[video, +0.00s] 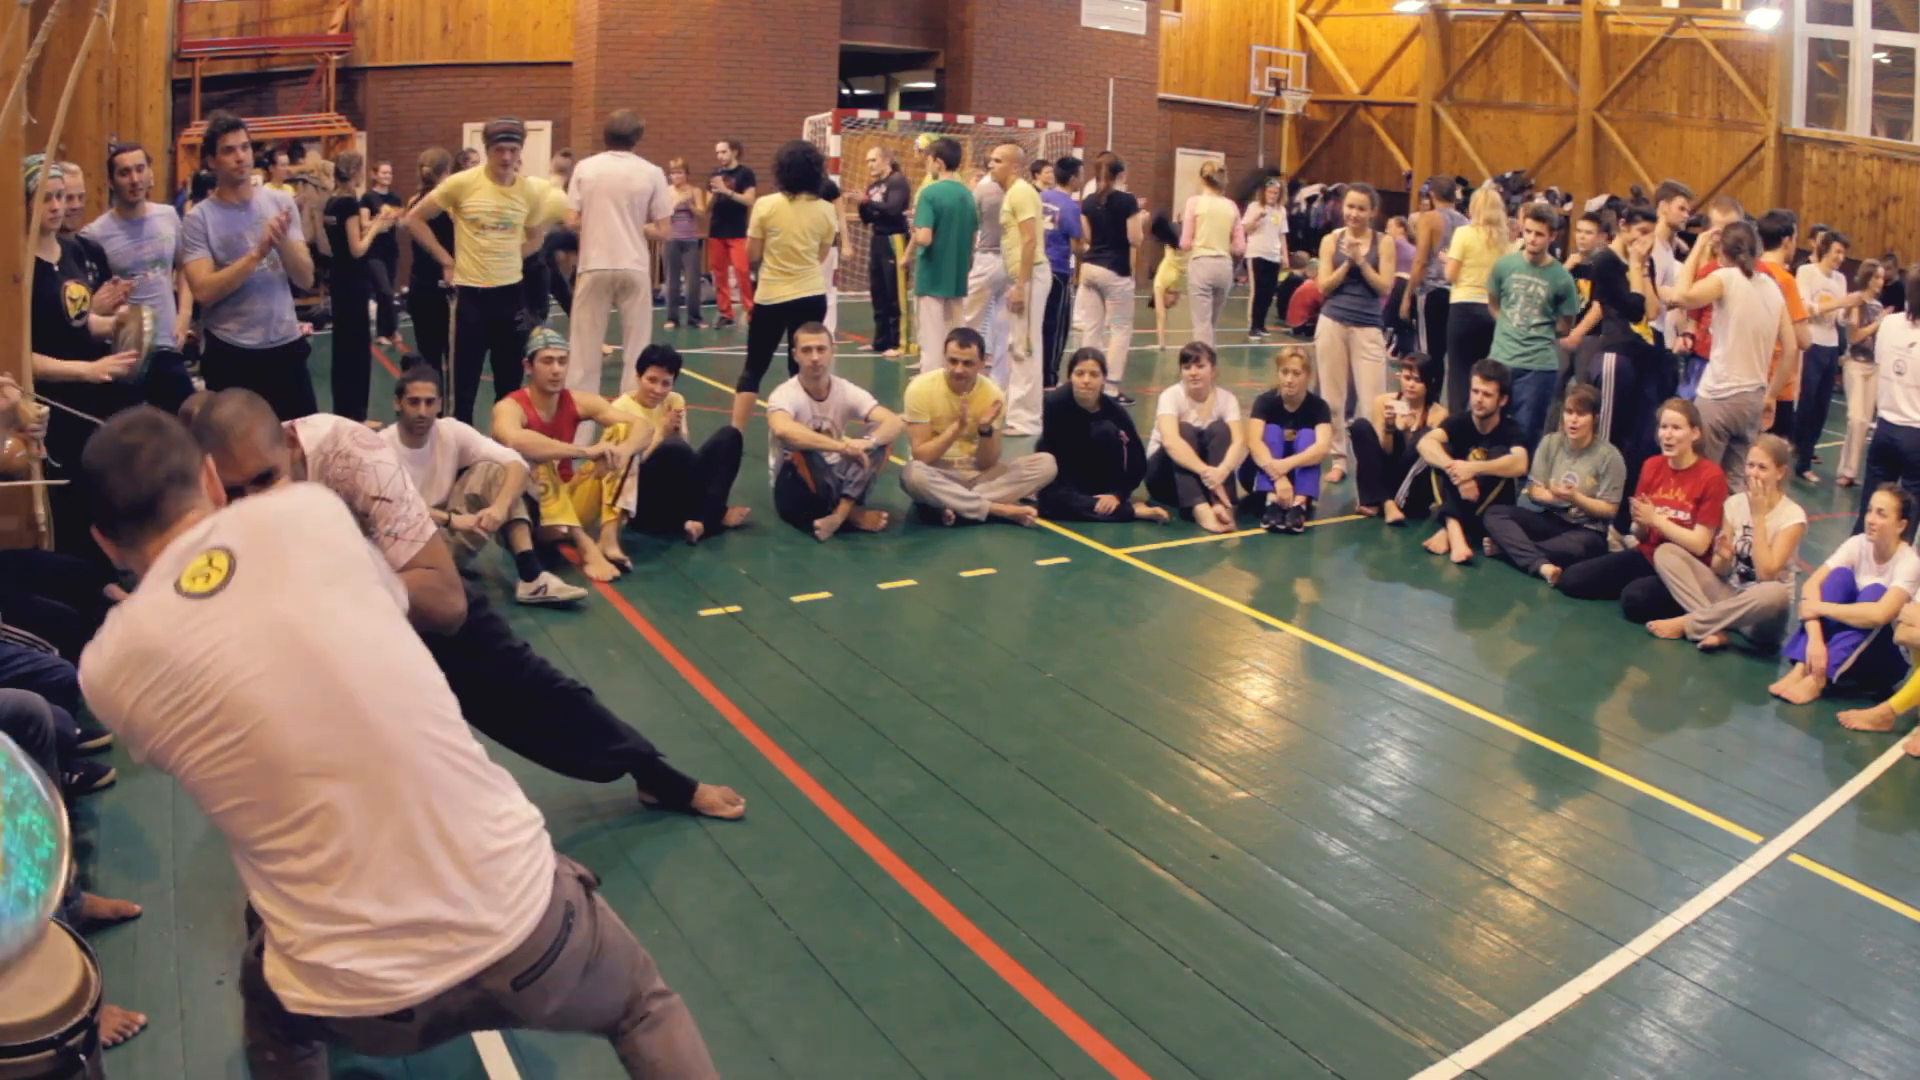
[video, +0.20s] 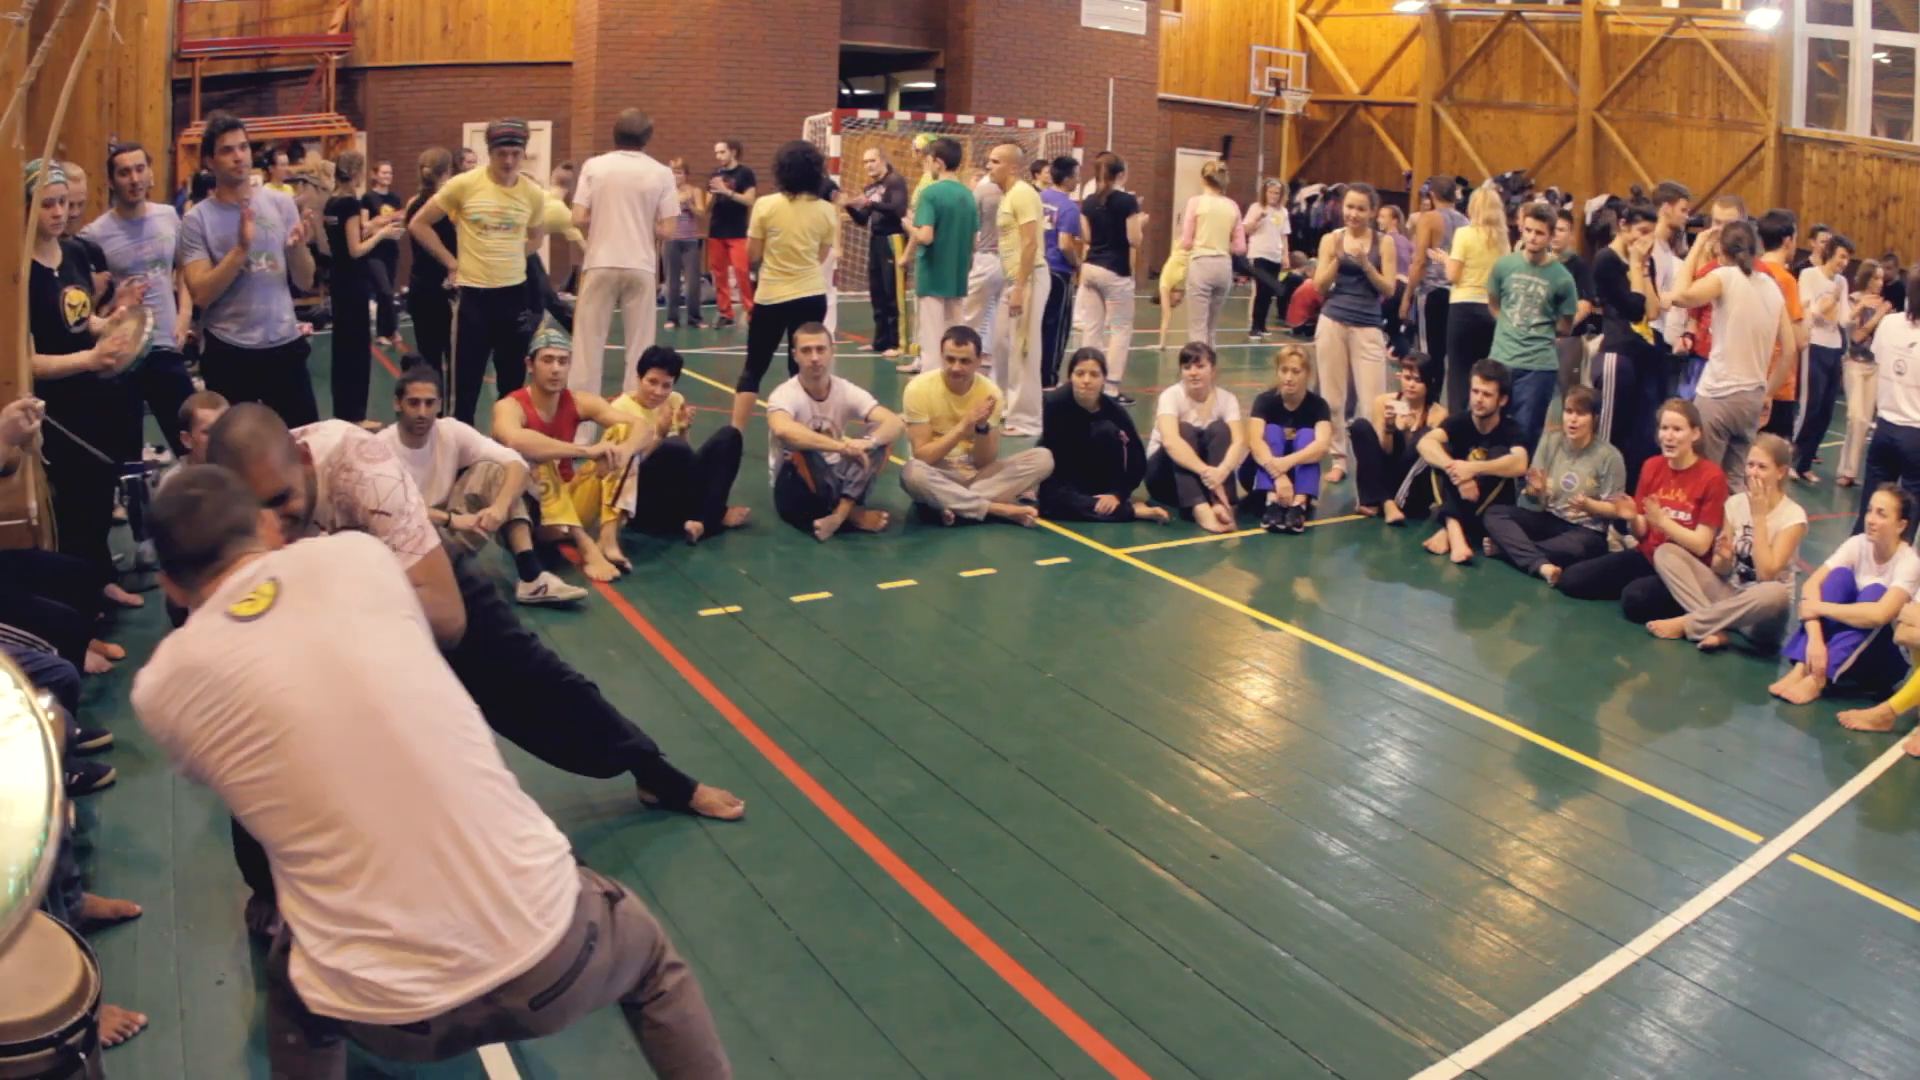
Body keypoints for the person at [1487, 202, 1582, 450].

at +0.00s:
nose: (1532, 239)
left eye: (1539, 234)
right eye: (1528, 232)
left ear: (1552, 237)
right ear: (1522, 232)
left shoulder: (1562, 279)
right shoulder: (1503, 265)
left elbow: (1564, 327)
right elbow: (1493, 307)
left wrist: (1535, 332)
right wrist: (1513, 328)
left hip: (1539, 362)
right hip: (1501, 355)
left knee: (1525, 432)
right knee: (1489, 426)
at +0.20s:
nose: (1532, 238)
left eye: (1539, 233)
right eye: (1528, 230)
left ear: (1551, 237)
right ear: (1521, 231)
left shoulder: (1562, 278)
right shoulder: (1503, 265)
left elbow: (1565, 326)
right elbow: (1494, 307)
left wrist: (1536, 329)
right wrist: (1514, 326)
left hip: (1538, 362)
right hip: (1501, 356)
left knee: (1524, 434)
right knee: (1489, 427)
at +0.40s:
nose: (1532, 238)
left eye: (1539, 233)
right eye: (1528, 231)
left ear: (1551, 236)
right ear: (1521, 230)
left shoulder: (1562, 278)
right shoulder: (1502, 265)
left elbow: (1566, 325)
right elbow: (1494, 306)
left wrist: (1538, 333)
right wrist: (1515, 328)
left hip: (1539, 363)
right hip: (1501, 356)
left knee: (1526, 433)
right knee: (1491, 428)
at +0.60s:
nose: (1533, 239)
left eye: (1540, 234)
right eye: (1529, 231)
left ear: (1552, 237)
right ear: (1523, 231)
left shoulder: (1562, 279)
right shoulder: (1504, 264)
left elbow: (1566, 326)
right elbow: (1493, 307)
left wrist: (1537, 330)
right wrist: (1515, 327)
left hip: (1539, 363)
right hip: (1501, 357)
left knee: (1525, 435)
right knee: (1490, 427)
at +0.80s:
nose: (1534, 238)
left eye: (1541, 233)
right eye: (1530, 230)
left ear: (1554, 237)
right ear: (1523, 230)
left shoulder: (1563, 279)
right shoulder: (1502, 265)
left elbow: (1565, 326)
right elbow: (1494, 307)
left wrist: (1536, 331)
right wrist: (1514, 327)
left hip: (1539, 361)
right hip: (1502, 356)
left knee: (1525, 434)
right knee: (1492, 428)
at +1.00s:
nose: (1533, 239)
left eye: (1540, 233)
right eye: (1529, 231)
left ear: (1553, 237)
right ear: (1522, 232)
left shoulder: (1564, 280)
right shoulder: (1503, 265)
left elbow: (1566, 327)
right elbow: (1493, 305)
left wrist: (1536, 331)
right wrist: (1512, 325)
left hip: (1539, 363)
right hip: (1501, 358)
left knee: (1525, 433)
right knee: (1490, 427)